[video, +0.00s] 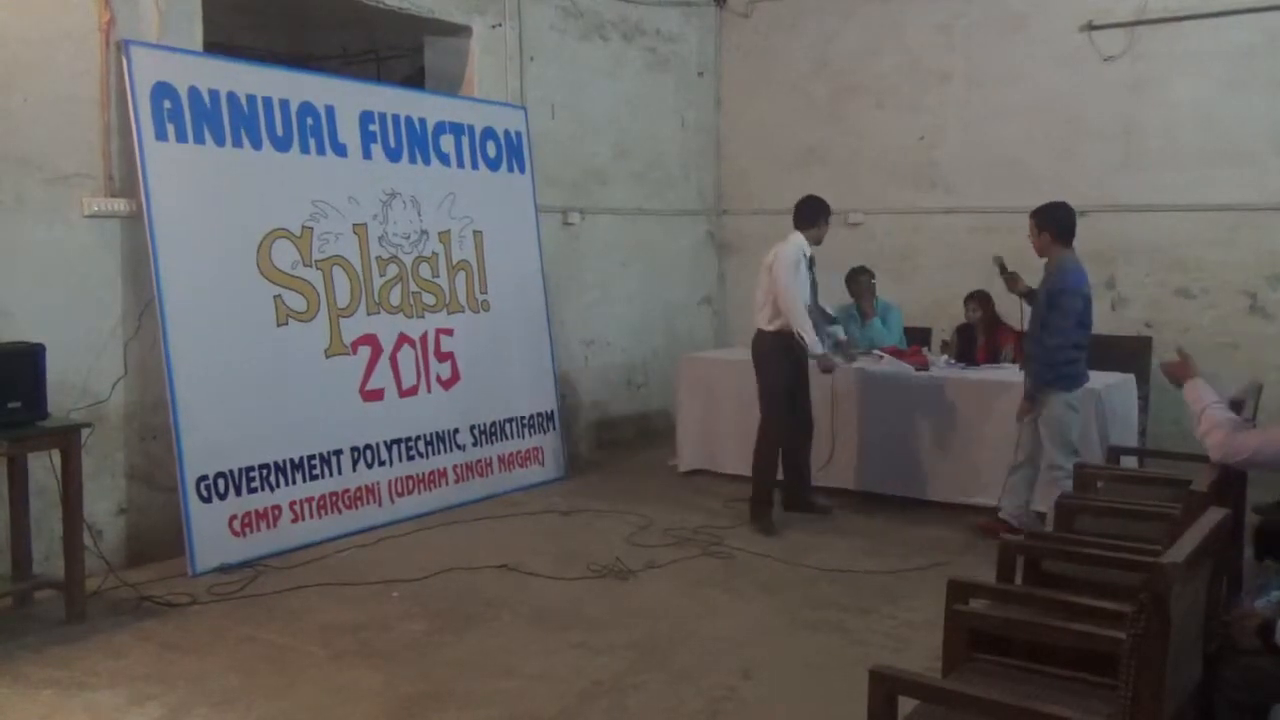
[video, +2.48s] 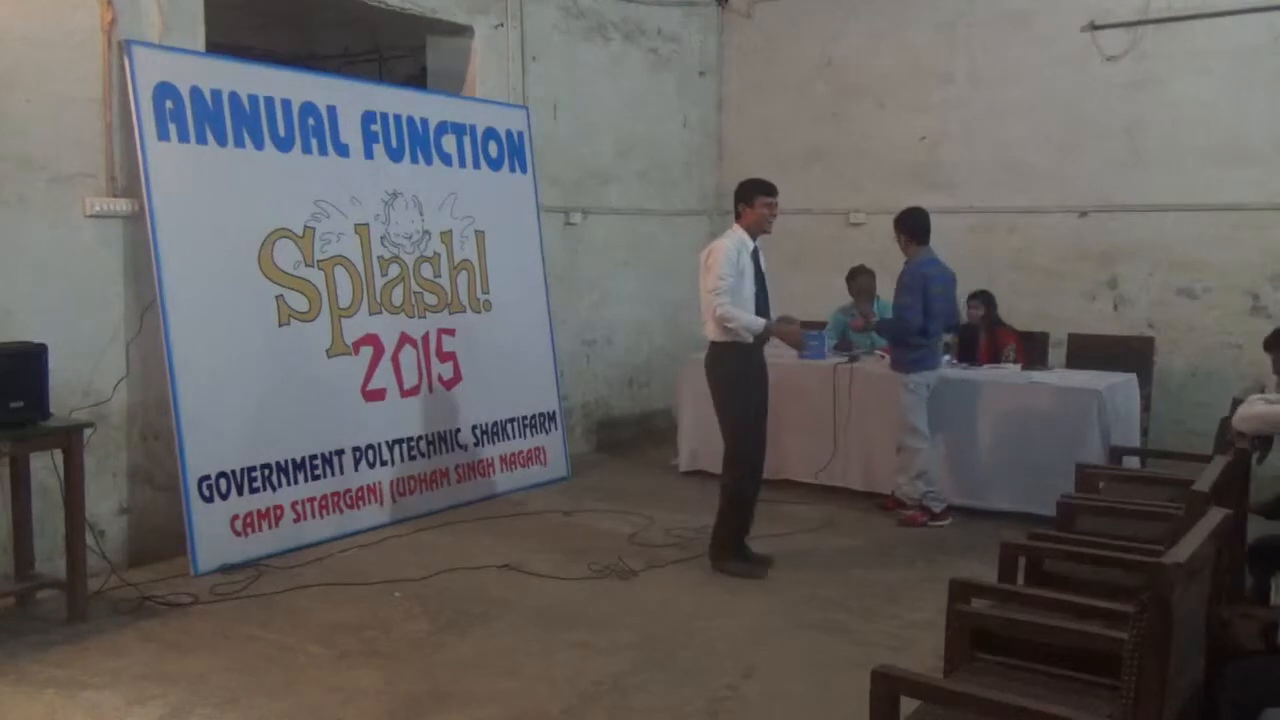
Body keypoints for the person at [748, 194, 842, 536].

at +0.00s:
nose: (828, 231)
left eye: (827, 224)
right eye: (827, 224)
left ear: (800, 219)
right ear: (818, 223)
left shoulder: (799, 254)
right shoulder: (788, 253)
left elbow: (804, 304)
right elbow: (790, 305)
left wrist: (832, 329)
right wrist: (817, 351)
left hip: (792, 344)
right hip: (773, 344)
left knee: (800, 424)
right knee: (773, 425)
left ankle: (797, 496)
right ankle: (761, 508)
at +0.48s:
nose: (806, 229)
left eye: (808, 222)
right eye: (801, 222)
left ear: (805, 222)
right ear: (781, 219)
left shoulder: (803, 255)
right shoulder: (752, 256)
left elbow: (806, 309)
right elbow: (737, 312)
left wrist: (809, 352)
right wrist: (738, 362)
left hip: (795, 351)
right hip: (760, 351)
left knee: (797, 436)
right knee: (756, 435)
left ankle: (790, 510)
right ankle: (758, 511)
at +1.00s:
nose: (799, 221)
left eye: (802, 215)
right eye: (793, 214)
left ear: (801, 218)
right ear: (770, 215)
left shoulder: (808, 255)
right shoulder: (740, 256)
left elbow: (827, 305)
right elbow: (728, 313)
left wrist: (835, 355)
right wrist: (723, 365)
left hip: (791, 356)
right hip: (748, 355)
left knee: (792, 440)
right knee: (740, 437)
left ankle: (793, 520)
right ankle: (729, 515)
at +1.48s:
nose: (767, 217)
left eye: (769, 210)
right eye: (761, 209)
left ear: (762, 213)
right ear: (738, 210)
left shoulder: (766, 251)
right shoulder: (708, 254)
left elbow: (779, 300)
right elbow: (703, 314)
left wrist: (770, 317)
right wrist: (711, 364)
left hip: (751, 351)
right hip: (716, 355)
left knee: (774, 442)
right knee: (716, 454)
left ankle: (738, 499)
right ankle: (715, 548)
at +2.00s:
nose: (766, 213)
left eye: (767, 207)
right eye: (760, 207)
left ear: (757, 211)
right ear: (738, 208)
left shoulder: (750, 249)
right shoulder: (718, 249)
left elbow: (769, 299)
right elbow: (734, 308)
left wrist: (757, 296)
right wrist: (775, 354)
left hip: (742, 356)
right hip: (714, 359)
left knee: (744, 453)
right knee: (716, 455)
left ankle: (736, 543)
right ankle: (716, 551)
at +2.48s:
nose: (774, 214)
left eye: (775, 208)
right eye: (767, 207)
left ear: (760, 212)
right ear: (744, 209)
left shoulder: (753, 251)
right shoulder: (725, 249)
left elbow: (749, 313)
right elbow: (720, 310)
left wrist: (782, 328)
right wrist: (773, 329)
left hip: (749, 356)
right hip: (730, 358)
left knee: (752, 455)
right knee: (741, 455)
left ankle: (737, 544)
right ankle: (725, 549)